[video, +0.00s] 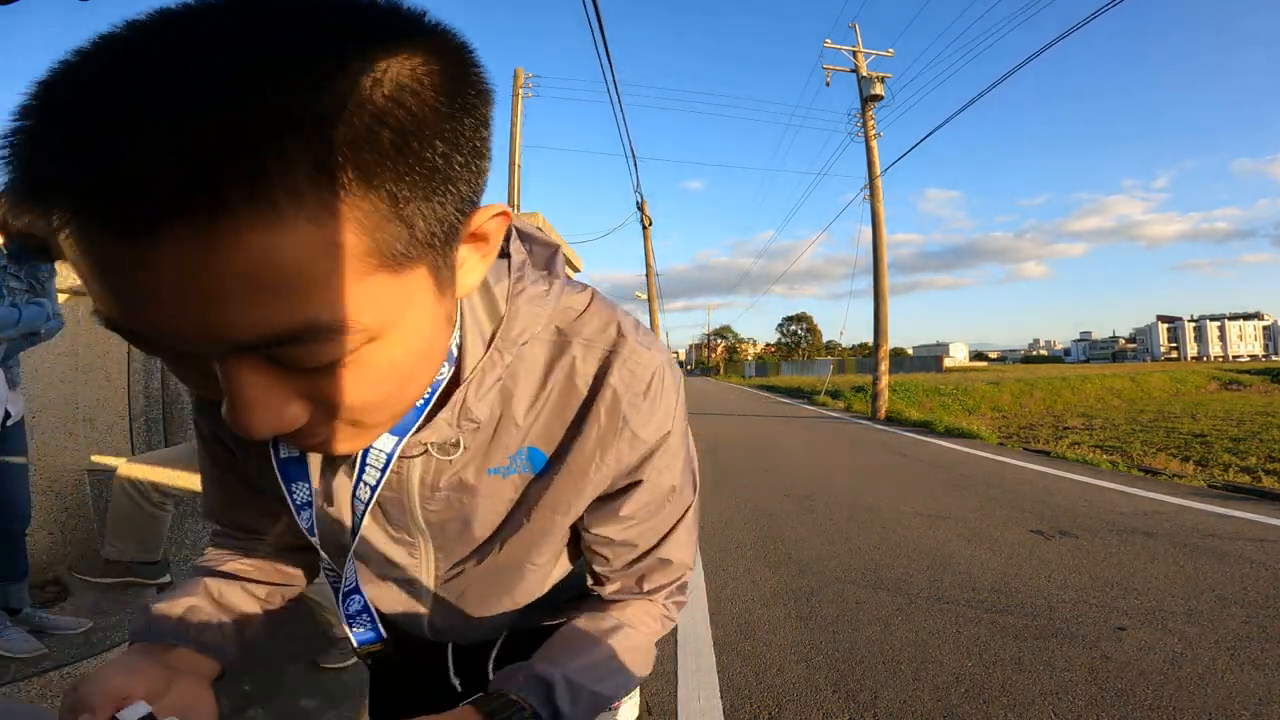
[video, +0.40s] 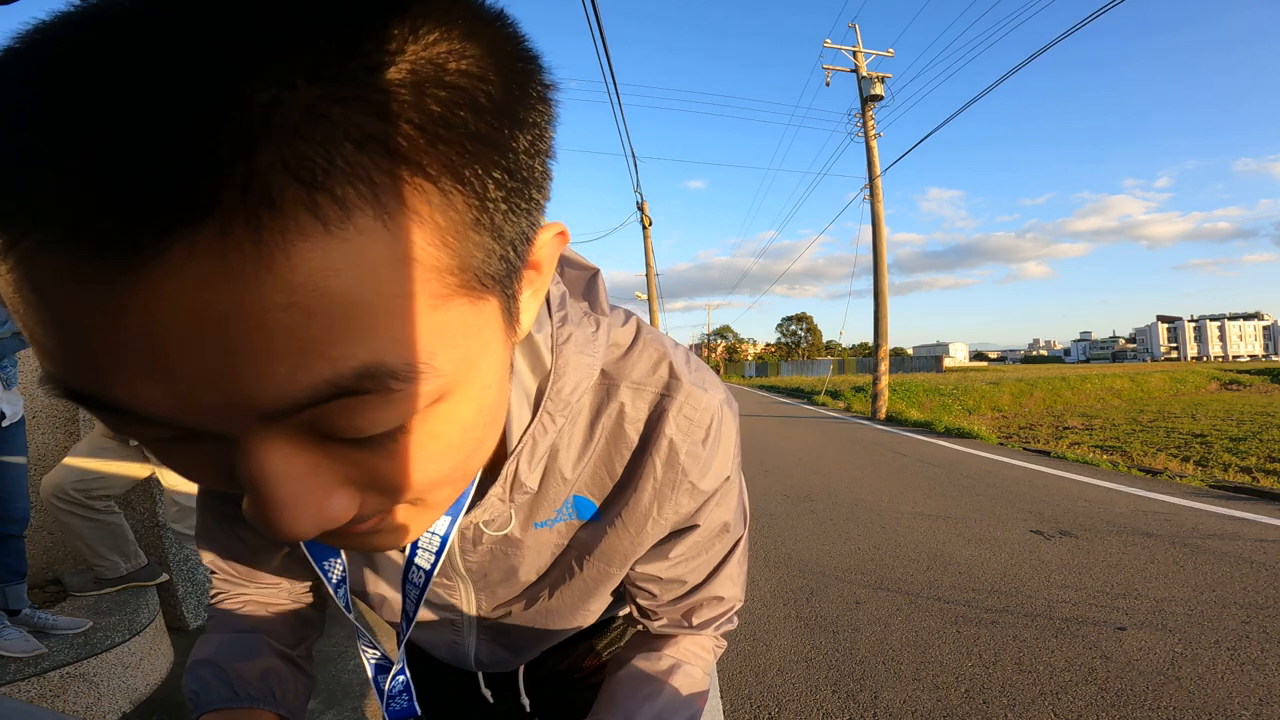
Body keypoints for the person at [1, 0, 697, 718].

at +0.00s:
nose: (250, 420)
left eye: (307, 354)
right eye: (189, 361)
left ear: (471, 254)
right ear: (141, 312)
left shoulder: (616, 377)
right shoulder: (228, 385)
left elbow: (639, 590)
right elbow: (252, 559)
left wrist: (532, 700)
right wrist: (172, 650)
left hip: (550, 636)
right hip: (395, 642)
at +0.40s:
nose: (281, 514)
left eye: (353, 417)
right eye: (170, 439)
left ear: (531, 285)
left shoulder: (673, 424)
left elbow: (680, 636)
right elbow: (252, 617)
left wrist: (639, 706)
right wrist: (244, 708)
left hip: (584, 651)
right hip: (422, 651)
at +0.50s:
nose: (229, 567)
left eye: (298, 458)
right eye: (118, 501)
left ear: (485, 301)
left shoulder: (654, 434)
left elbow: (687, 640)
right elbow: (213, 642)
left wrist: (652, 704)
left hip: (582, 639)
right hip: (424, 647)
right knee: (442, 703)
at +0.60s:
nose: (148, 591)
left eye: (202, 496)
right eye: (56, 535)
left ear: (408, 320)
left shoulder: (618, 434)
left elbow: (679, 650)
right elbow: (180, 648)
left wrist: (637, 712)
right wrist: (171, 716)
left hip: (573, 643)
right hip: (419, 649)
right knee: (439, 704)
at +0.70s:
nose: (42, 611)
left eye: (100, 522)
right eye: (5, 533)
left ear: (314, 336)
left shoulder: (576, 441)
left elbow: (666, 666)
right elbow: (176, 671)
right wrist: (165, 712)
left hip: (558, 646)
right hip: (407, 656)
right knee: (433, 693)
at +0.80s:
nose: (11, 610)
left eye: (28, 529)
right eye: (5, 551)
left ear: (215, 350)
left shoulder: (520, 443)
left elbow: (660, 674)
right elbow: (173, 681)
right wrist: (168, 710)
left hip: (547, 637)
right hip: (398, 651)